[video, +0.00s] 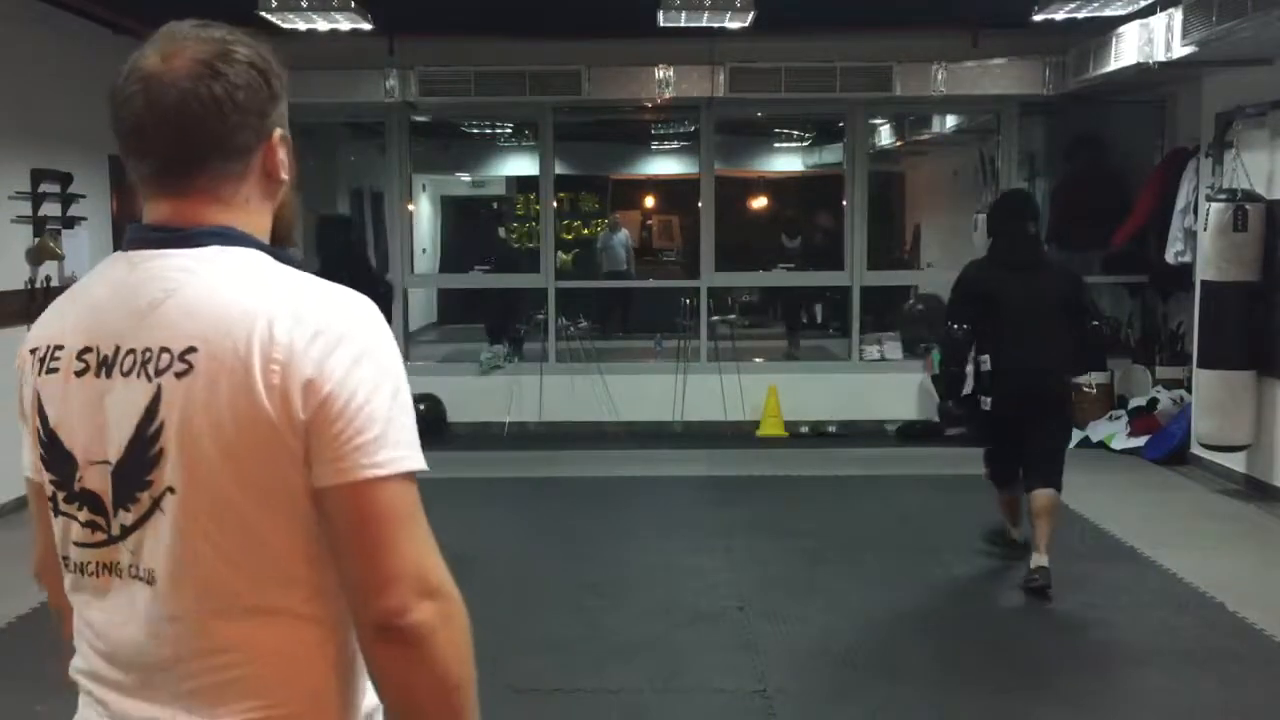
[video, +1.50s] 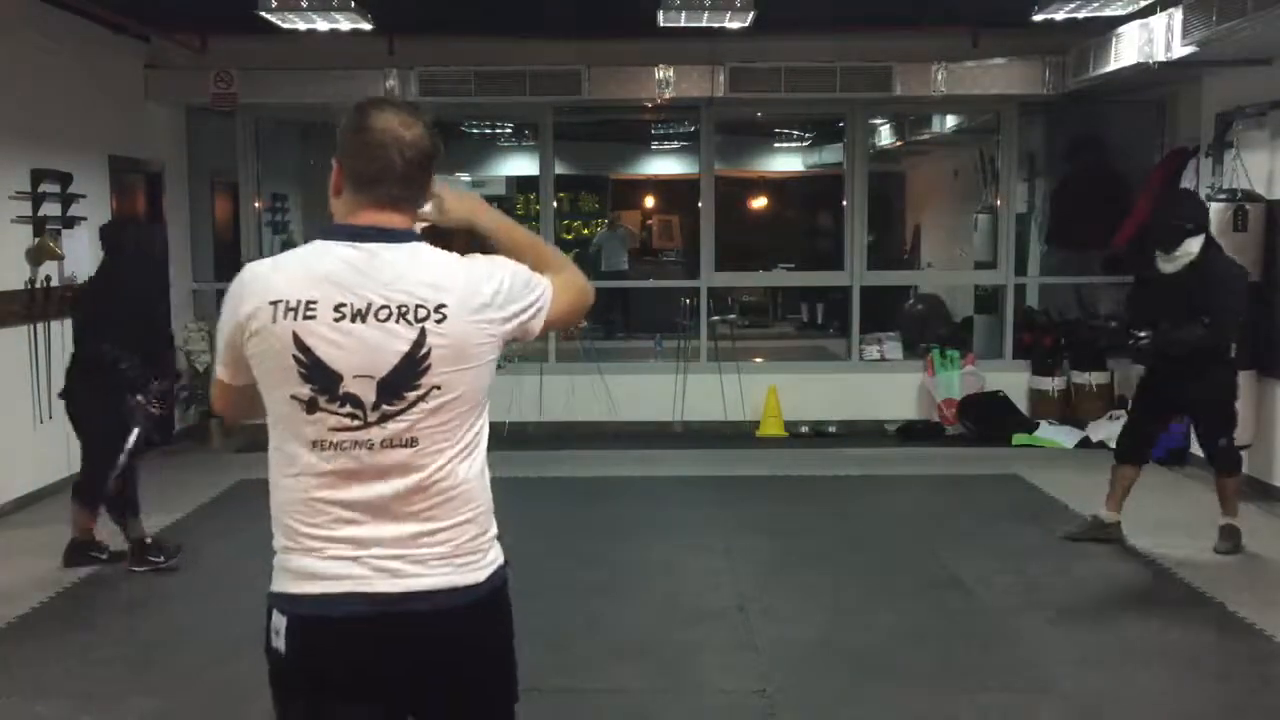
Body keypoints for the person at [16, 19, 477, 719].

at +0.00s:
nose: (294, 164)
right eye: (292, 144)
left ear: (132, 161)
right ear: (277, 157)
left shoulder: (53, 331)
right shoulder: (326, 327)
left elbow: (59, 576)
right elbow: (404, 612)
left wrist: (102, 686)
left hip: (108, 703)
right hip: (292, 706)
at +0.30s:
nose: (325, 165)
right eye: (326, 149)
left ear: (175, 153)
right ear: (317, 156)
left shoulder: (98, 309)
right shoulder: (349, 305)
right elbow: (409, 591)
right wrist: (469, 710)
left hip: (129, 700)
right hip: (313, 704)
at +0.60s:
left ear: (279, 157)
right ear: (422, 172)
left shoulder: (169, 309)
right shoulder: (474, 336)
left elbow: (151, 534)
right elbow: (583, 570)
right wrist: (543, 594)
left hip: (200, 700)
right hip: (402, 701)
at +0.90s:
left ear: (320, 189)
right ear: (448, 200)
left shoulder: (217, 330)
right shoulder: (510, 340)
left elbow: (144, 535)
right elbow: (599, 477)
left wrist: (204, 592)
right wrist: (538, 396)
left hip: (262, 695)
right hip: (442, 693)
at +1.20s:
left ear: (300, 172)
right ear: (407, 186)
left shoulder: (218, 297)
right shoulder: (464, 289)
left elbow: (157, 462)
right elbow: (559, 359)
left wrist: (257, 429)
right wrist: (462, 266)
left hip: (285, 657)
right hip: (443, 654)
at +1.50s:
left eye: (329, 169)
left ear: (336, 178)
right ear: (428, 191)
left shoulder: (261, 287)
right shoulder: (479, 286)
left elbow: (232, 406)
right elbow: (573, 289)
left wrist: (313, 390)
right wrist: (481, 213)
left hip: (317, 616)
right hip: (458, 613)